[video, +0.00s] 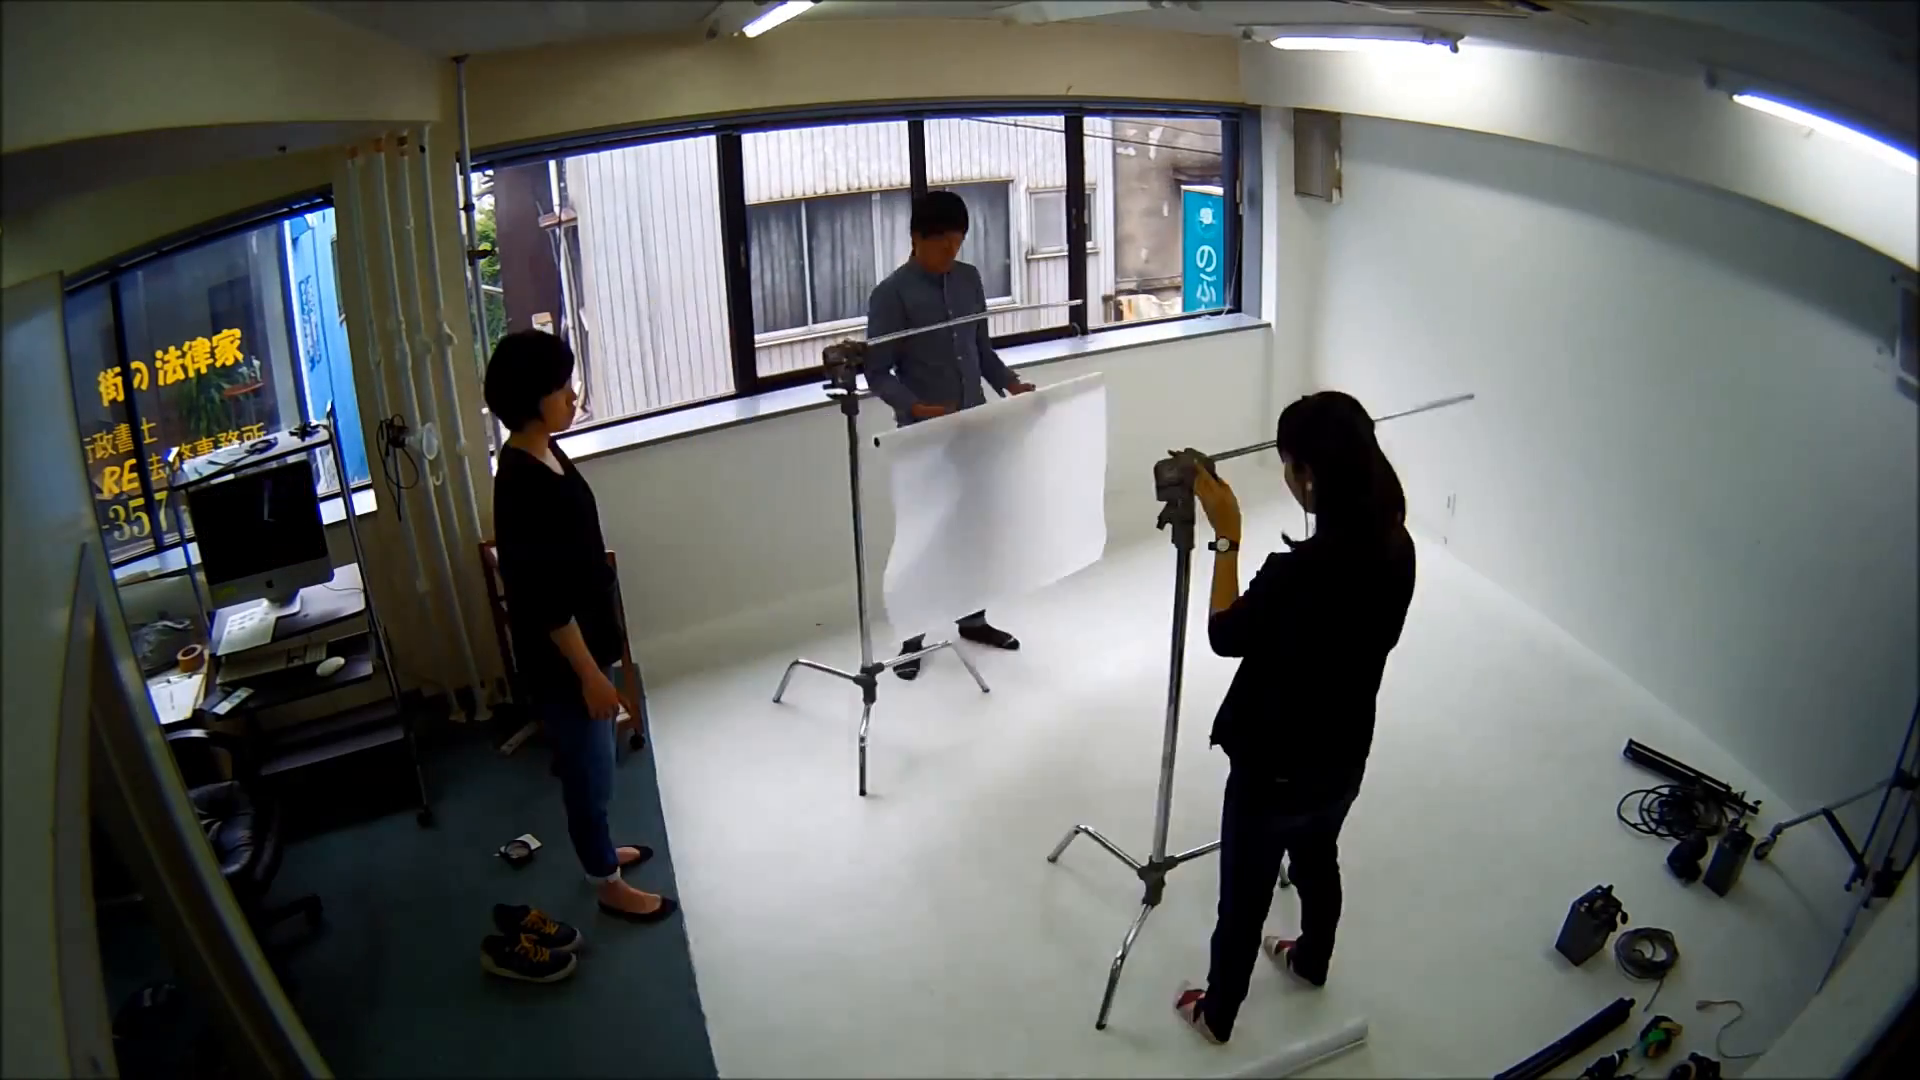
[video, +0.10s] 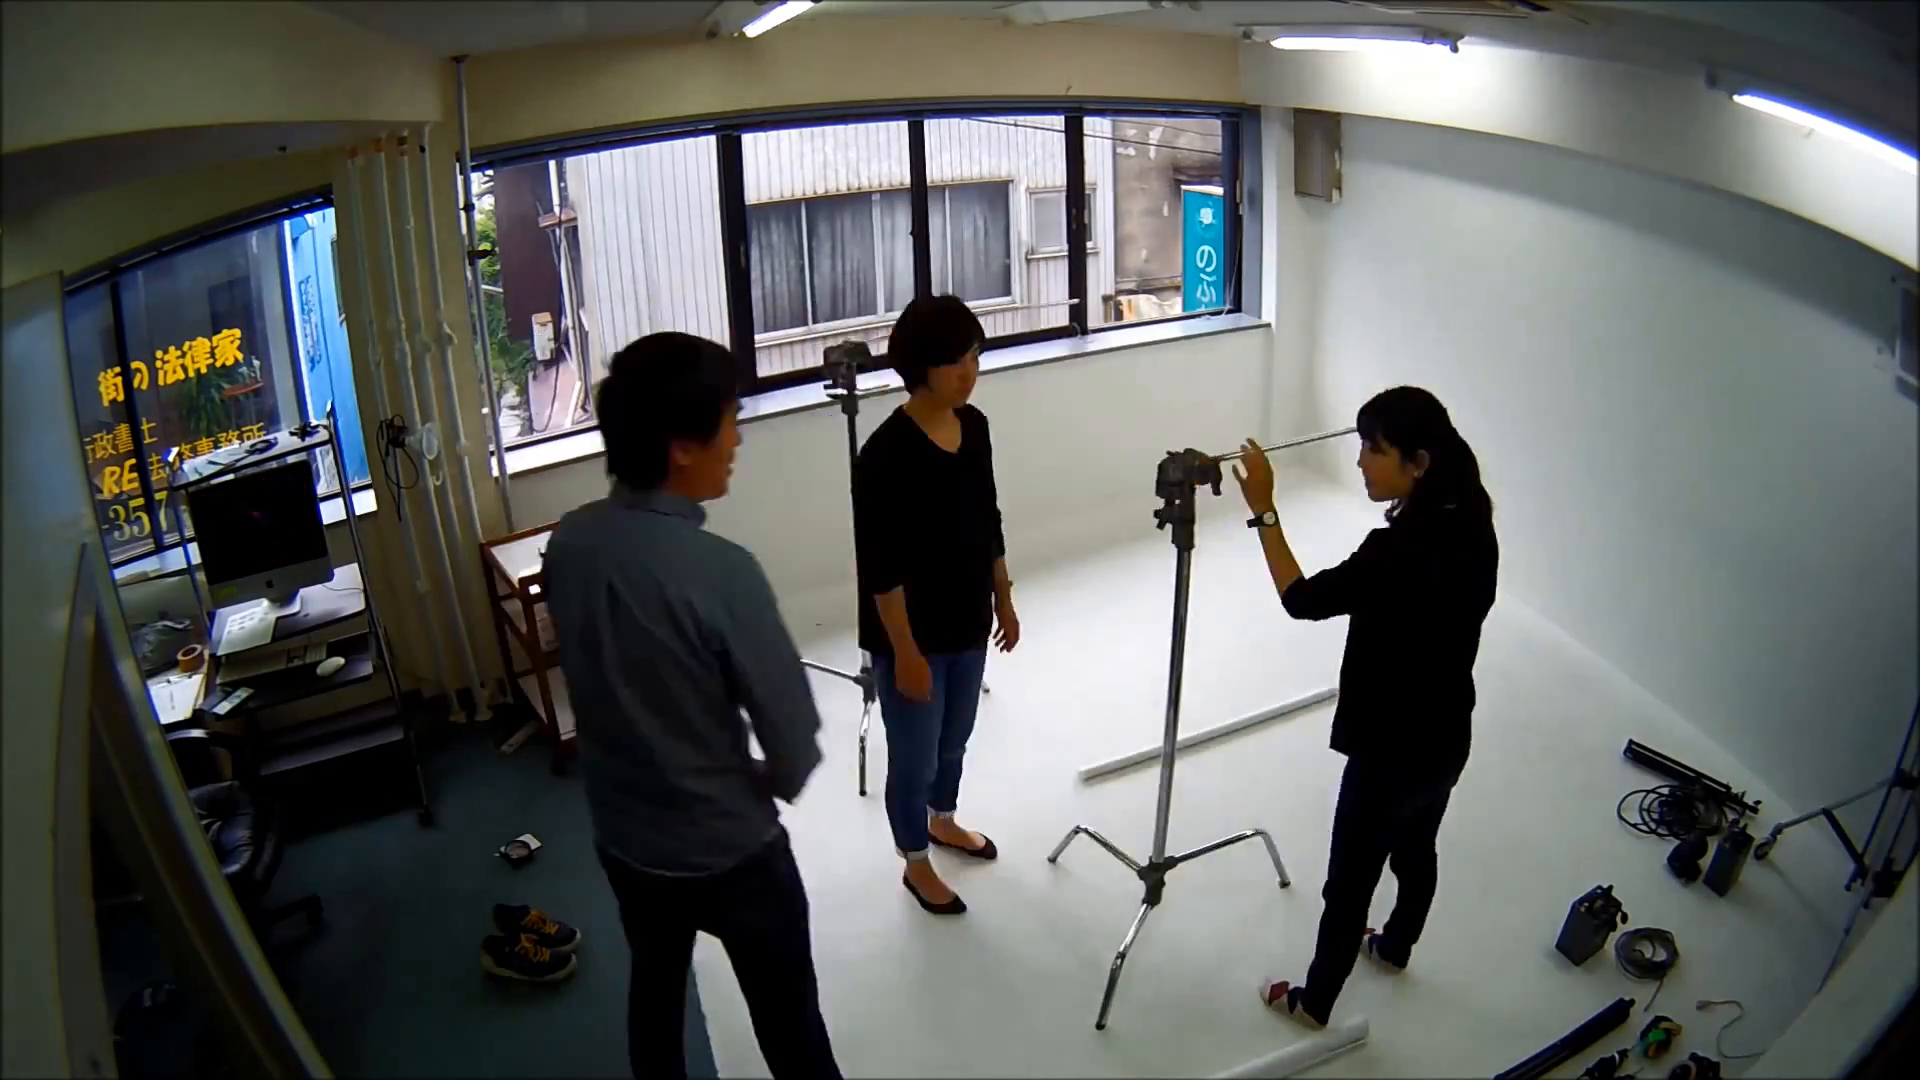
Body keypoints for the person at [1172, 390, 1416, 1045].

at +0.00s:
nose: (1285, 476)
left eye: (1288, 464)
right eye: (1285, 463)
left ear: (1309, 473)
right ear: (1366, 458)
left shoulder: (1297, 571)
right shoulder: (1397, 549)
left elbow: (1225, 635)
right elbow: (1366, 638)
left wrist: (1226, 538)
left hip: (1271, 761)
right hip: (1343, 751)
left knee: (1245, 892)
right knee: (1317, 859)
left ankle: (1219, 1010)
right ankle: (1313, 959)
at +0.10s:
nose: (1361, 464)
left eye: (1371, 451)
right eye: (1362, 451)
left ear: (1417, 461)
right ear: (1424, 460)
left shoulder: (1402, 546)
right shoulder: (1473, 527)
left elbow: (1301, 600)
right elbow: (1463, 625)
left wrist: (1263, 509)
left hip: (1388, 743)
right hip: (1444, 733)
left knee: (1350, 879)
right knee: (1416, 851)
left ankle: (1314, 1002)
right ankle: (1394, 946)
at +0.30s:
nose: (1360, 471)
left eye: (1365, 458)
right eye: (1361, 458)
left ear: (1396, 465)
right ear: (1415, 463)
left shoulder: (1371, 559)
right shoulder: (1446, 547)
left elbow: (1278, 616)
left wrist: (1233, 528)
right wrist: (1275, 555)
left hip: (1316, 758)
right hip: (1382, 748)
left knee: (1280, 874)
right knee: (1344, 860)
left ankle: (1260, 988)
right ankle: (1338, 973)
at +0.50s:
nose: (1224, 704)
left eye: (1226, 693)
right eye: (1220, 695)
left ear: (1258, 680)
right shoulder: (1295, 665)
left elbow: (1359, 827)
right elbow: (1283, 748)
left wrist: (1321, 901)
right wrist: (1261, 819)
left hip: (1431, 763)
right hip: (1369, 752)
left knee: (1343, 876)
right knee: (1294, 832)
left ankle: (1324, 968)